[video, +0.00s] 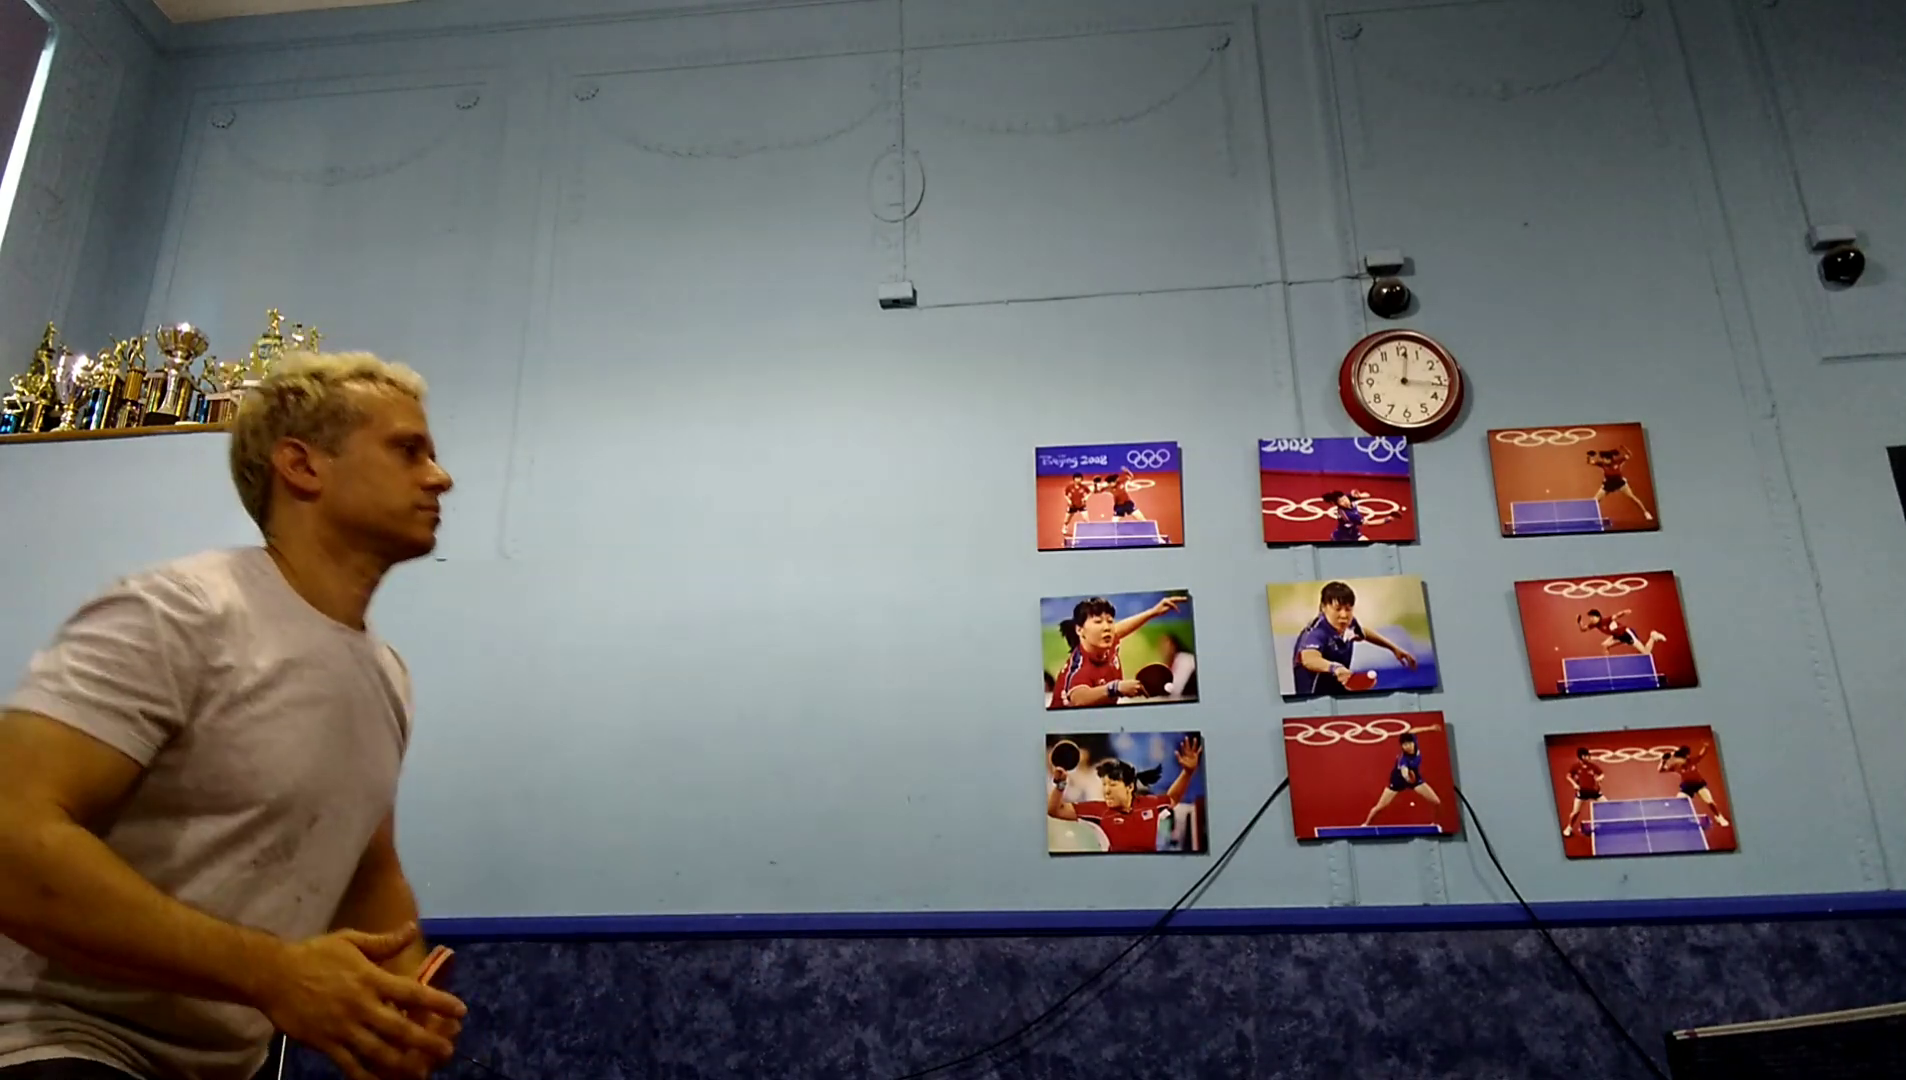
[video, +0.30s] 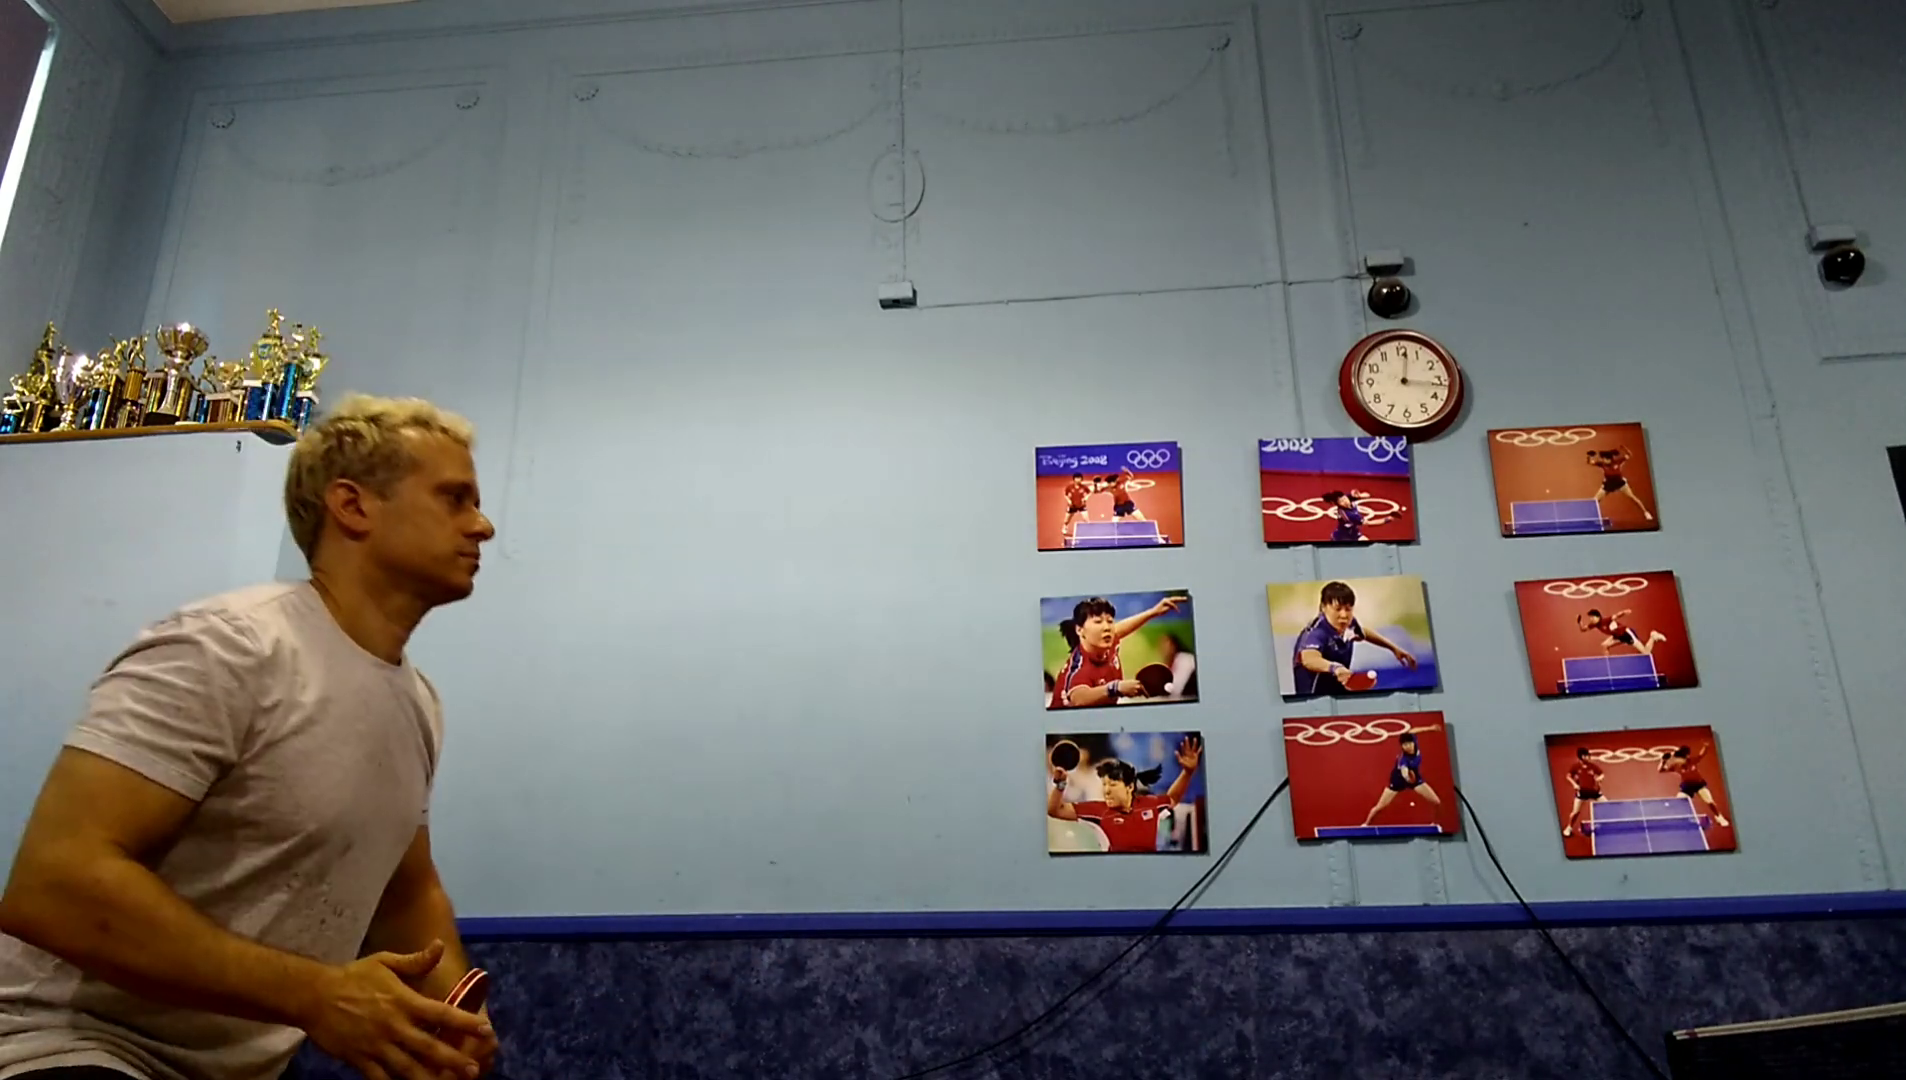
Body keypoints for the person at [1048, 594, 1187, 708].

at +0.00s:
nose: (1107, 628)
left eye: (1109, 622)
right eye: (1098, 622)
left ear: (1114, 626)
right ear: (1080, 630)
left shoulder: (1109, 644)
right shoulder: (1079, 666)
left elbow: (1120, 630)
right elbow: (1078, 698)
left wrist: (1154, 611)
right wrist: (1115, 687)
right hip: (1069, 730)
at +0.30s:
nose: (1107, 628)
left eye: (1110, 622)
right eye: (1098, 622)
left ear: (1114, 626)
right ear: (1080, 630)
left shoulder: (1109, 644)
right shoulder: (1078, 666)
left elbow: (1120, 629)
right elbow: (1078, 698)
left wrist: (1154, 611)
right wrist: (1115, 687)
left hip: (1102, 724)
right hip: (1069, 729)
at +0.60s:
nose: (1107, 628)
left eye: (1110, 622)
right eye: (1098, 622)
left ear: (1114, 626)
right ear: (1080, 630)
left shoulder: (1109, 644)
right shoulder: (1078, 666)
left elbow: (1120, 629)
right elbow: (1078, 698)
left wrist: (1154, 611)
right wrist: (1115, 687)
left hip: (1102, 724)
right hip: (1069, 729)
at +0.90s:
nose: (1107, 628)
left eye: (1109, 622)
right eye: (1098, 622)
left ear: (1114, 626)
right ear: (1080, 630)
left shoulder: (1109, 644)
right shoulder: (1079, 666)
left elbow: (1120, 630)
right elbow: (1078, 698)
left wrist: (1154, 611)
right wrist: (1115, 687)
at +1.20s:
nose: (1107, 628)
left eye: (1110, 622)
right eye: (1098, 622)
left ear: (1114, 626)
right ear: (1080, 630)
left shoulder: (1109, 644)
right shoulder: (1078, 666)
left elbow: (1120, 629)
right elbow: (1078, 698)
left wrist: (1154, 611)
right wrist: (1115, 687)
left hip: (1102, 724)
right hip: (1069, 729)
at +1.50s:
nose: (1107, 628)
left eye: (1110, 622)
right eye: (1098, 622)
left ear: (1114, 626)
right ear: (1080, 630)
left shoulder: (1109, 644)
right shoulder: (1079, 666)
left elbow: (1120, 629)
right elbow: (1078, 698)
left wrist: (1154, 611)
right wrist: (1115, 687)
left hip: (1102, 724)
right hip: (1069, 729)